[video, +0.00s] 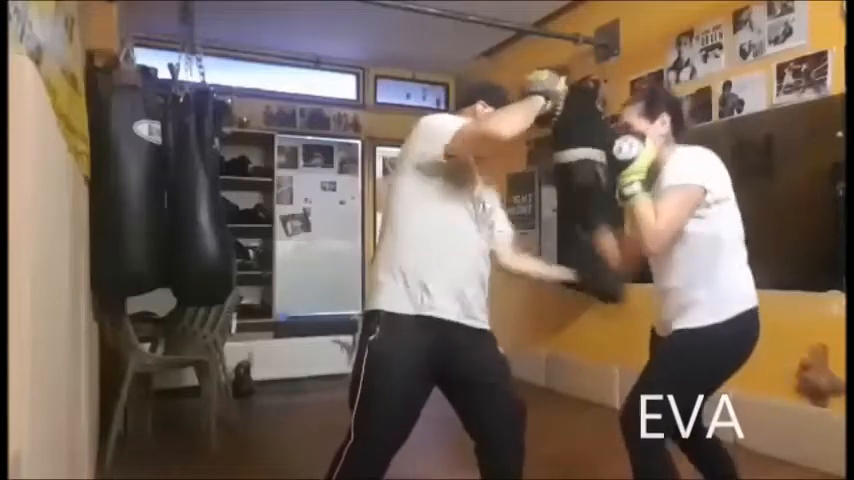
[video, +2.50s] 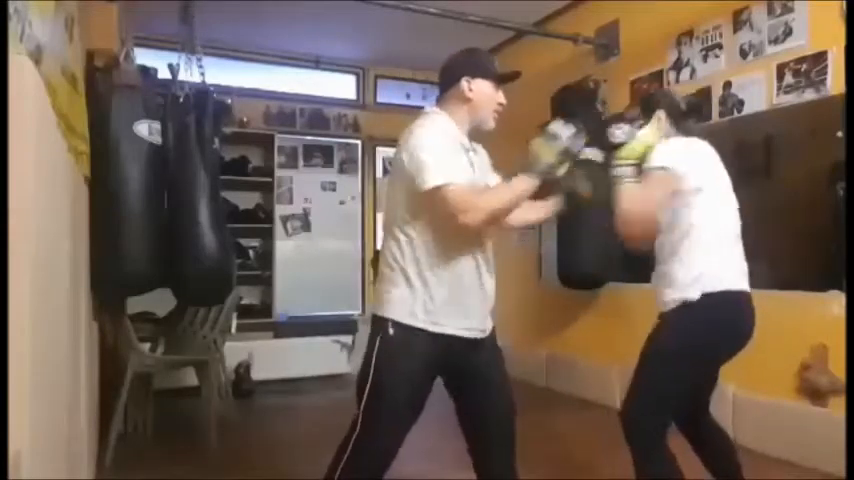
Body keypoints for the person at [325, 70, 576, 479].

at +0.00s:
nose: (493, 125)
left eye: (495, 121)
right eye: (491, 116)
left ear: (485, 120)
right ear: (477, 109)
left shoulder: (486, 194)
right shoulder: (429, 130)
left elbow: (510, 256)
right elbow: (495, 131)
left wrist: (576, 275)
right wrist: (541, 97)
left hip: (467, 329)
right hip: (402, 320)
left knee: (503, 428)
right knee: (373, 441)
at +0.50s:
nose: (486, 111)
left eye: (487, 105)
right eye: (481, 101)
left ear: (461, 102)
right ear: (455, 96)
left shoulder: (454, 163)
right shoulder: (416, 121)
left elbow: (465, 246)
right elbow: (489, 135)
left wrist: (524, 250)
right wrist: (532, 116)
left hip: (461, 324)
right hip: (402, 321)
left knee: (496, 445)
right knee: (369, 450)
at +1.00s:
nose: (500, 128)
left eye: (502, 118)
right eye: (494, 114)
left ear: (466, 112)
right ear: (464, 109)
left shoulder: (463, 158)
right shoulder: (422, 152)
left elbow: (494, 190)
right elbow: (433, 242)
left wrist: (532, 168)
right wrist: (513, 272)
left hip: (460, 331)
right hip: (402, 333)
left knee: (500, 432)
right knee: (370, 454)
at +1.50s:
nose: (483, 115)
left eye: (485, 106)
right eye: (479, 104)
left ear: (449, 101)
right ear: (448, 99)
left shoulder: (461, 145)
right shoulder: (406, 151)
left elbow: (505, 121)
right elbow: (426, 237)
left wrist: (562, 95)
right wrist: (509, 257)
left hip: (463, 325)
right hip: (401, 329)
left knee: (498, 436)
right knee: (367, 450)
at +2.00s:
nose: (469, 99)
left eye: (467, 89)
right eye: (459, 86)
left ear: (433, 93)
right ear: (430, 91)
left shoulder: (441, 148)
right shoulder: (402, 135)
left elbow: (477, 221)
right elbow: (480, 188)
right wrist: (528, 142)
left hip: (452, 329)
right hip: (394, 331)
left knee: (489, 456)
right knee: (360, 460)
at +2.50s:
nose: (503, 98)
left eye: (502, 88)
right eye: (496, 86)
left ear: (469, 90)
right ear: (468, 88)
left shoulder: (474, 152)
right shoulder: (426, 135)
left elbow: (508, 213)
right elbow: (468, 212)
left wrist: (566, 195)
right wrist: (532, 175)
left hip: (470, 327)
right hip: (410, 325)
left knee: (496, 446)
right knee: (370, 450)